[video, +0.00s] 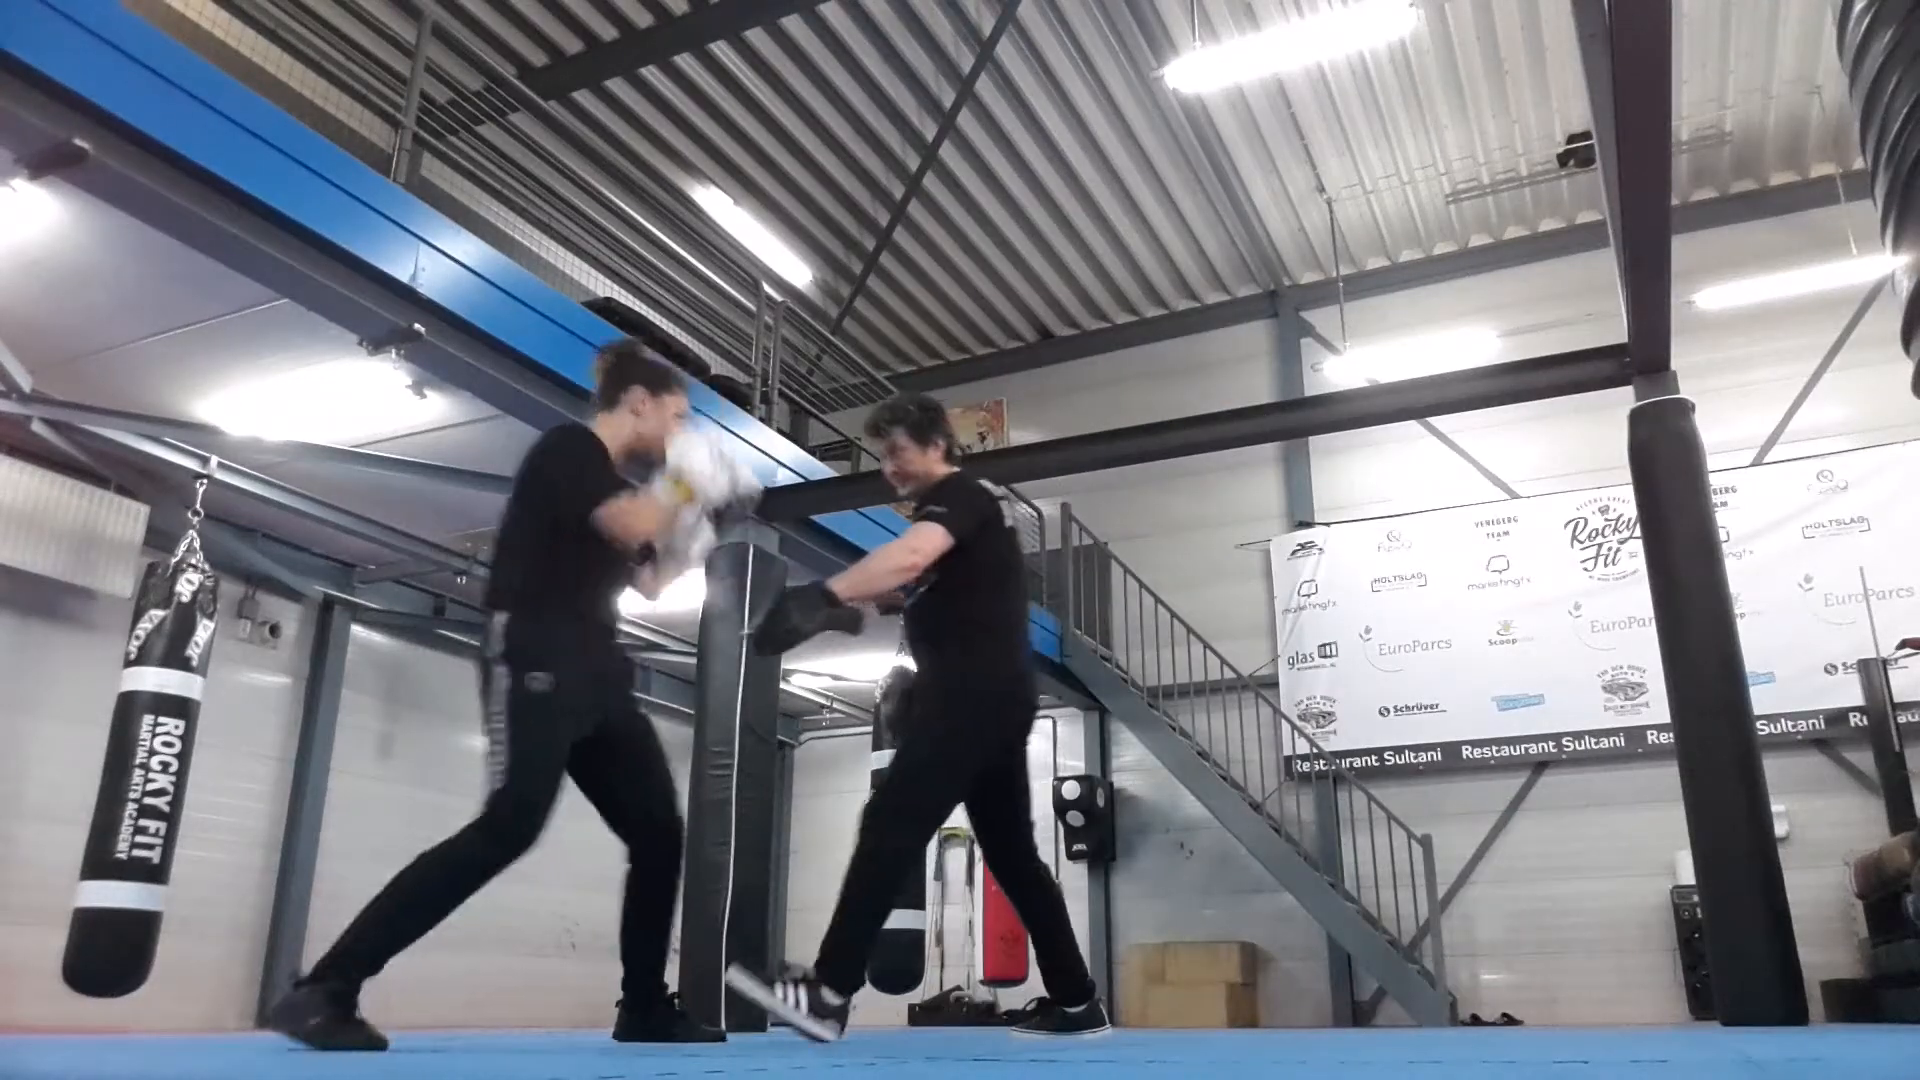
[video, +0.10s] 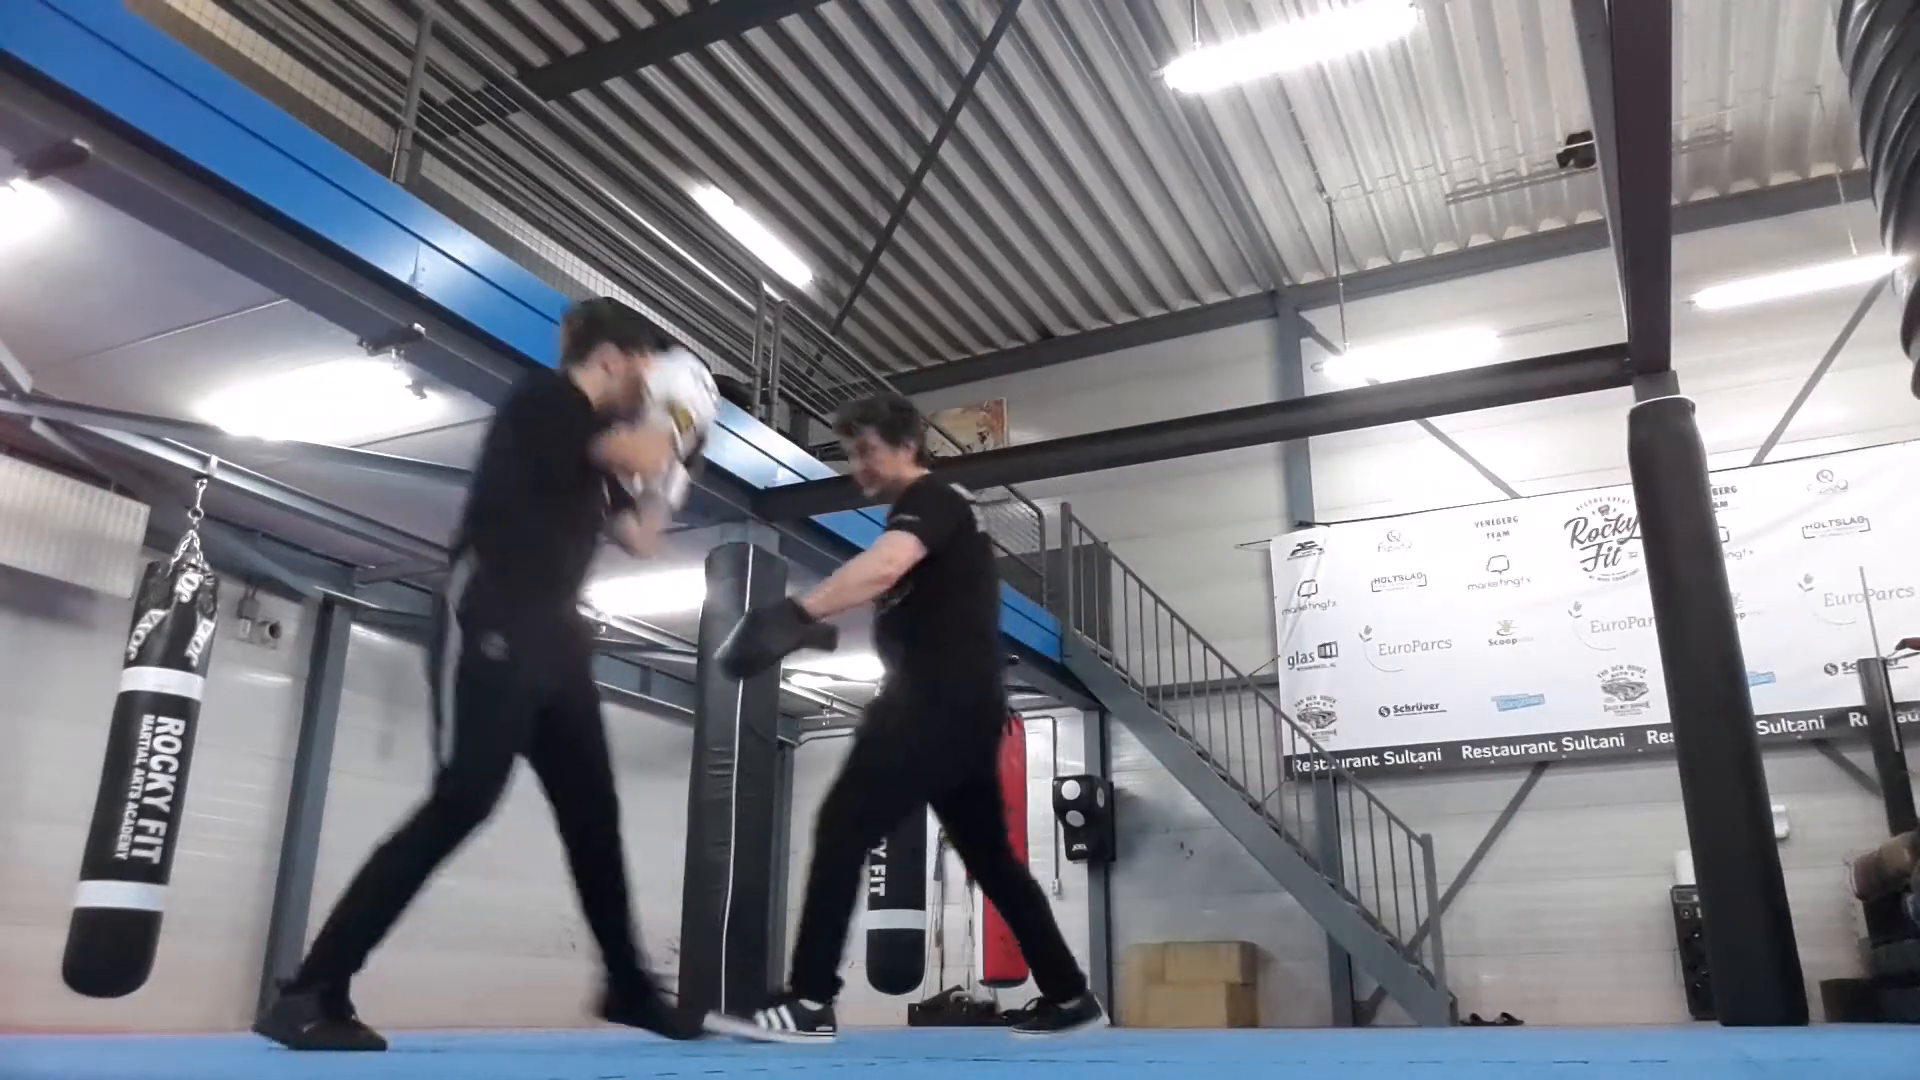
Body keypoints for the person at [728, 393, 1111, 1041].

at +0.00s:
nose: (888, 468)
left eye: (897, 452)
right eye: (883, 456)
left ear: (935, 445)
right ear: (931, 453)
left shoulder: (962, 494)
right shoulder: (959, 511)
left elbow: (911, 556)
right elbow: (911, 587)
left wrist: (819, 595)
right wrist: (852, 606)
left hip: (966, 697)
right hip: (994, 698)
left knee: (890, 830)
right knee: (1012, 855)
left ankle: (829, 991)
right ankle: (1075, 1000)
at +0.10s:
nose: (855, 467)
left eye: (864, 451)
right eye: (851, 455)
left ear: (906, 447)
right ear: (905, 454)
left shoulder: (930, 499)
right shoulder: (936, 510)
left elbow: (884, 569)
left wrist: (792, 613)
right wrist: (812, 628)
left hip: (926, 708)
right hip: (963, 710)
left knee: (842, 829)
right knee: (991, 859)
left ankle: (809, 1000)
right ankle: (1067, 993)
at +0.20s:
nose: (835, 454)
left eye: (842, 437)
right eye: (831, 442)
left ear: (885, 431)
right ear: (881, 439)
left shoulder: (905, 487)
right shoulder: (917, 491)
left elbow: (864, 564)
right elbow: (881, 606)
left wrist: (777, 621)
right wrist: (790, 633)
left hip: (897, 696)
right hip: (932, 695)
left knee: (816, 824)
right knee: (941, 843)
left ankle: (805, 1001)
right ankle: (1042, 975)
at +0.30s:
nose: (821, 429)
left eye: (829, 413)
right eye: (817, 416)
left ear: (870, 410)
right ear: (867, 418)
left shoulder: (891, 468)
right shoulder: (894, 475)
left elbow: (849, 541)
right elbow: (896, 597)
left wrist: (764, 590)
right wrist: (836, 669)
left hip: (889, 673)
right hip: (903, 673)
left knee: (819, 819)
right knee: (898, 835)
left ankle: (807, 1001)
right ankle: (999, 961)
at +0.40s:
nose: (810, 421)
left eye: (819, 405)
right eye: (806, 408)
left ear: (861, 400)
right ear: (836, 407)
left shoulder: (882, 459)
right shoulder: (870, 474)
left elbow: (835, 526)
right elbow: (870, 588)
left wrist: (747, 559)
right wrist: (814, 656)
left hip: (881, 667)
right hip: (873, 667)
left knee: (822, 813)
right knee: (855, 821)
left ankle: (808, 1001)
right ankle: (919, 978)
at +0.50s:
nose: (799, 424)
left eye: (809, 408)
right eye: (795, 413)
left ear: (852, 406)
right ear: (813, 415)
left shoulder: (875, 463)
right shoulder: (851, 482)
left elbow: (835, 527)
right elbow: (853, 591)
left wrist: (742, 561)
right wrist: (800, 659)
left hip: (866, 683)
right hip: (856, 684)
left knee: (801, 816)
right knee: (824, 830)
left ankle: (804, 994)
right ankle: (879, 990)